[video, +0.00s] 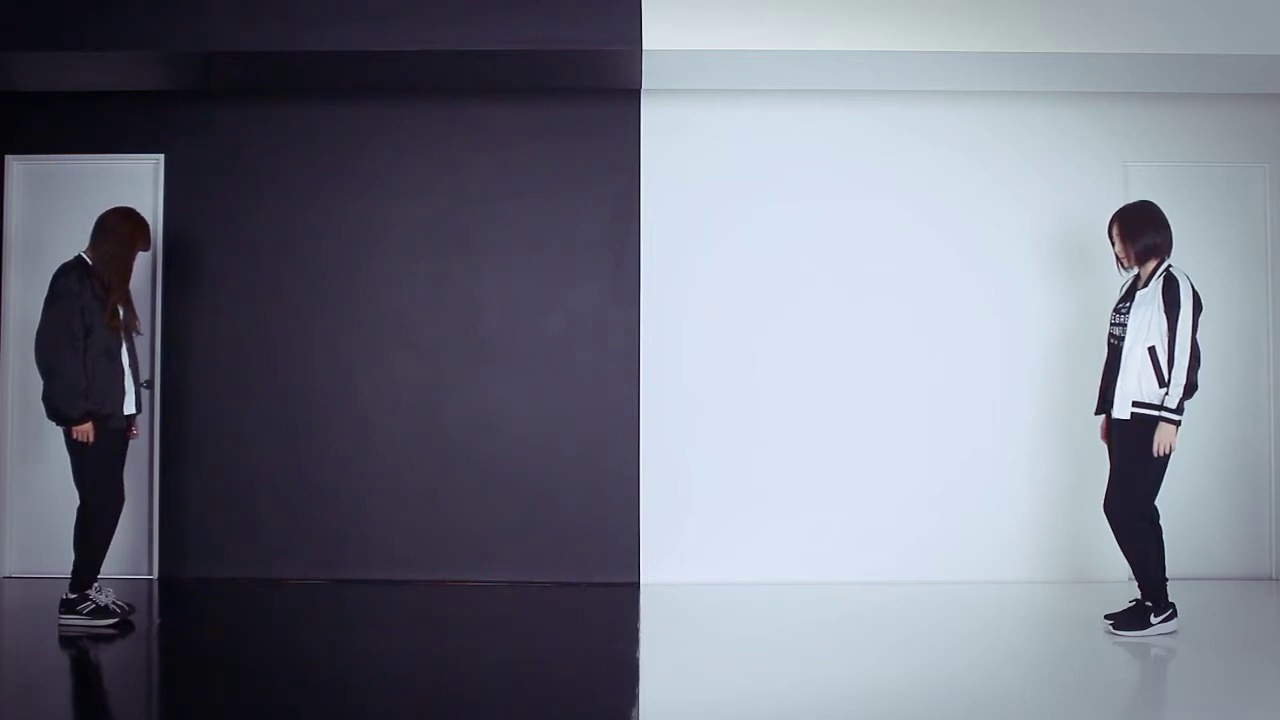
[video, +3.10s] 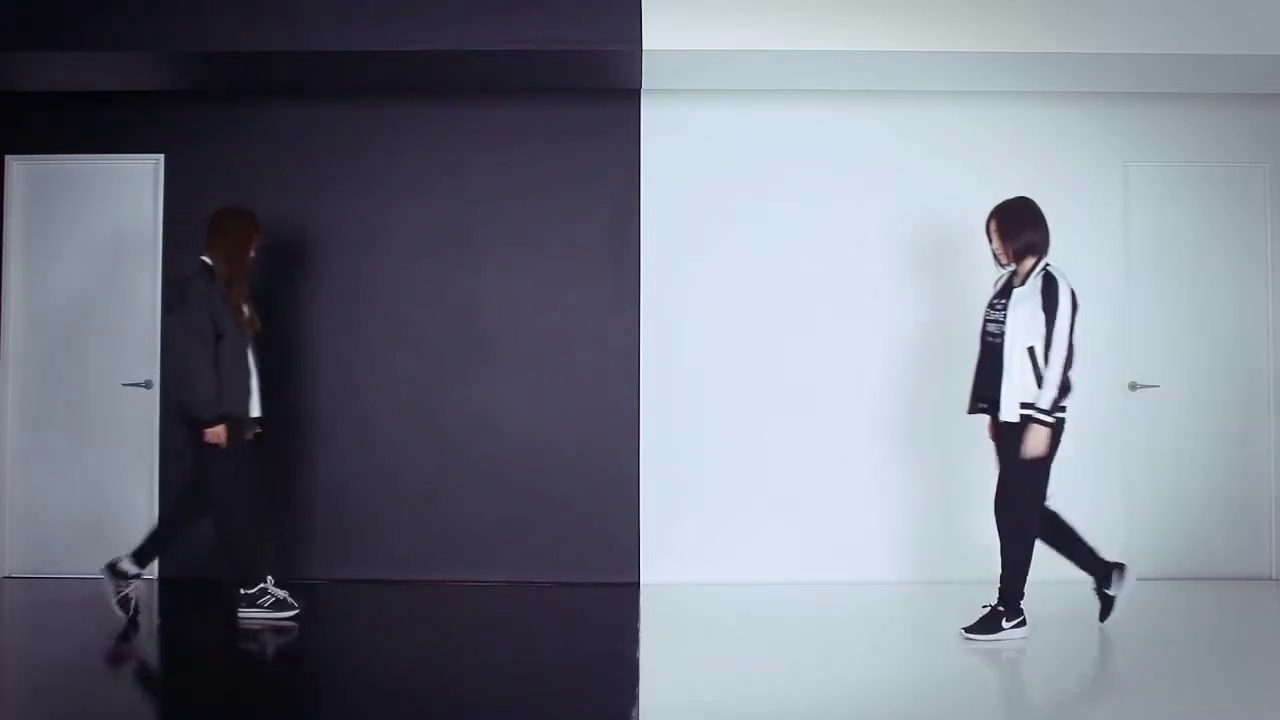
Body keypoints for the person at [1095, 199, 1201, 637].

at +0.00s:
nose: (1116, 250)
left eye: (1120, 241)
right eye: (1113, 242)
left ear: (1144, 236)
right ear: (1125, 241)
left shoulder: (1175, 284)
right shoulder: (1132, 286)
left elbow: (1185, 356)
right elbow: (1118, 354)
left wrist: (1170, 417)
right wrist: (1108, 410)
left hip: (1150, 418)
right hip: (1124, 416)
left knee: (1127, 506)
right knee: (1128, 506)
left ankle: (1157, 604)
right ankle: (1151, 600)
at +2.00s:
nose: (1114, 249)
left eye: (1118, 240)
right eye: (1111, 242)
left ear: (1141, 236)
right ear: (1120, 242)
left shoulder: (1176, 285)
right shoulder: (1126, 288)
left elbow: (1188, 356)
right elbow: (1116, 355)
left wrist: (1175, 416)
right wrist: (1107, 410)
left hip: (1153, 417)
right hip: (1123, 416)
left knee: (1130, 505)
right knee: (1126, 506)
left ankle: (1158, 604)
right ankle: (1151, 600)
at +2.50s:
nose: (1089, 249)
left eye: (1093, 240)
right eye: (1086, 242)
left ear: (1117, 236)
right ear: (1092, 243)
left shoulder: (1156, 284)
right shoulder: (1100, 288)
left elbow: (1178, 351)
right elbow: (1099, 353)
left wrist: (1171, 414)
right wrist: (1087, 404)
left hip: (1139, 415)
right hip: (1109, 415)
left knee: (1082, 486)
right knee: (1131, 506)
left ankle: (1103, 584)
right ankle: (1156, 601)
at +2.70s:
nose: (1063, 254)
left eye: (1067, 244)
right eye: (1060, 246)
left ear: (1091, 241)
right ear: (1066, 248)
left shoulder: (1131, 288)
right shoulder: (1077, 293)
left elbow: (1158, 350)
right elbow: (1075, 357)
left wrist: (1158, 414)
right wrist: (1059, 404)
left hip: (1120, 418)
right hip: (1091, 418)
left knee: (1074, 500)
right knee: (1123, 510)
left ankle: (1036, 596)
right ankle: (1156, 601)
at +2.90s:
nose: (1030, 255)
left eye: (1035, 246)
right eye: (1028, 247)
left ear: (1057, 243)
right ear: (1042, 246)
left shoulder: (1090, 291)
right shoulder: (1043, 296)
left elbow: (1113, 358)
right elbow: (1035, 362)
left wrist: (1118, 426)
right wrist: (1028, 418)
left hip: (1082, 422)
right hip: (1055, 422)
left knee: (1040, 506)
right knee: (1099, 510)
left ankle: (1014, 607)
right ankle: (1150, 595)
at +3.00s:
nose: (1011, 249)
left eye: (1017, 240)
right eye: (1009, 241)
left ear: (1040, 239)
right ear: (1018, 244)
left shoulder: (1070, 288)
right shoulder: (1023, 288)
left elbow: (1086, 356)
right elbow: (1015, 355)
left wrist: (1081, 424)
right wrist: (1010, 412)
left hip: (1056, 421)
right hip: (1031, 420)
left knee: (1024, 510)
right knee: (1070, 507)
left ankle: (1011, 608)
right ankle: (1136, 583)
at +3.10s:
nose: (993, 246)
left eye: (998, 236)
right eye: (991, 238)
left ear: (1022, 234)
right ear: (1002, 240)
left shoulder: (1054, 286)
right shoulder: (1005, 286)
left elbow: (1058, 357)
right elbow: (1000, 353)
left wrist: (1044, 419)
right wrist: (993, 412)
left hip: (1036, 417)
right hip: (1008, 415)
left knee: (1014, 509)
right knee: (1027, 509)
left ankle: (1009, 608)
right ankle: (1104, 571)